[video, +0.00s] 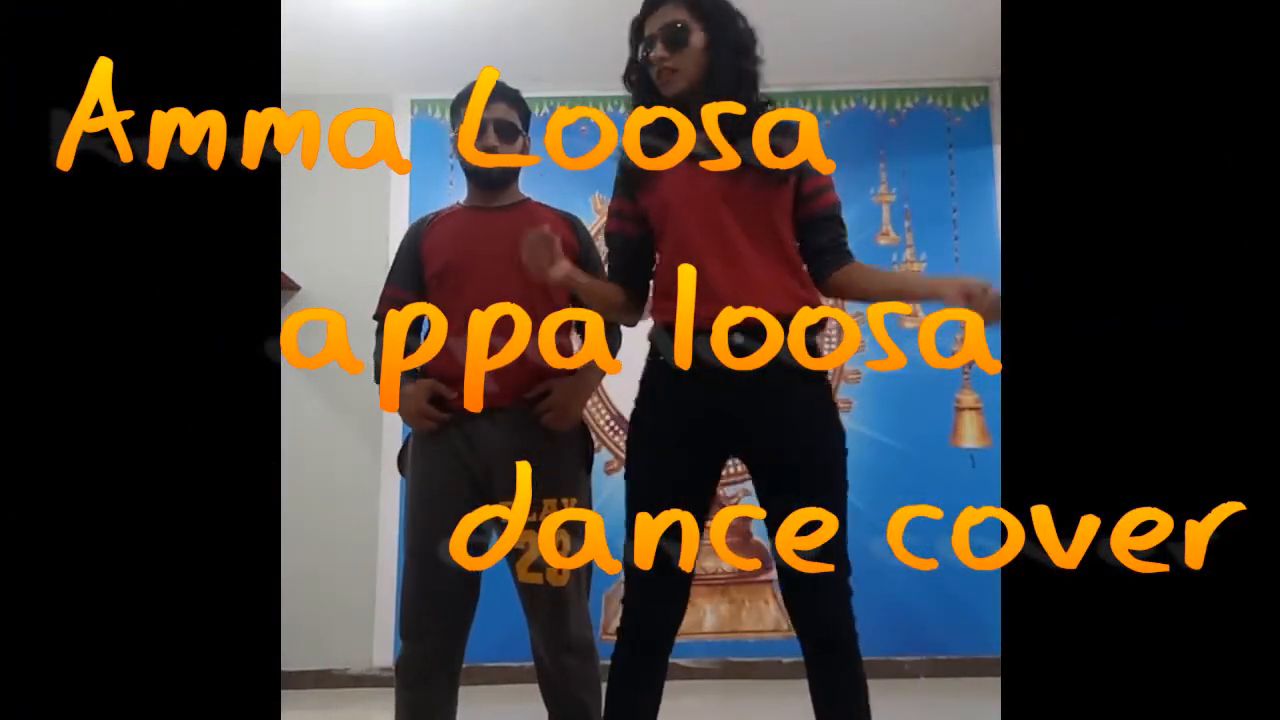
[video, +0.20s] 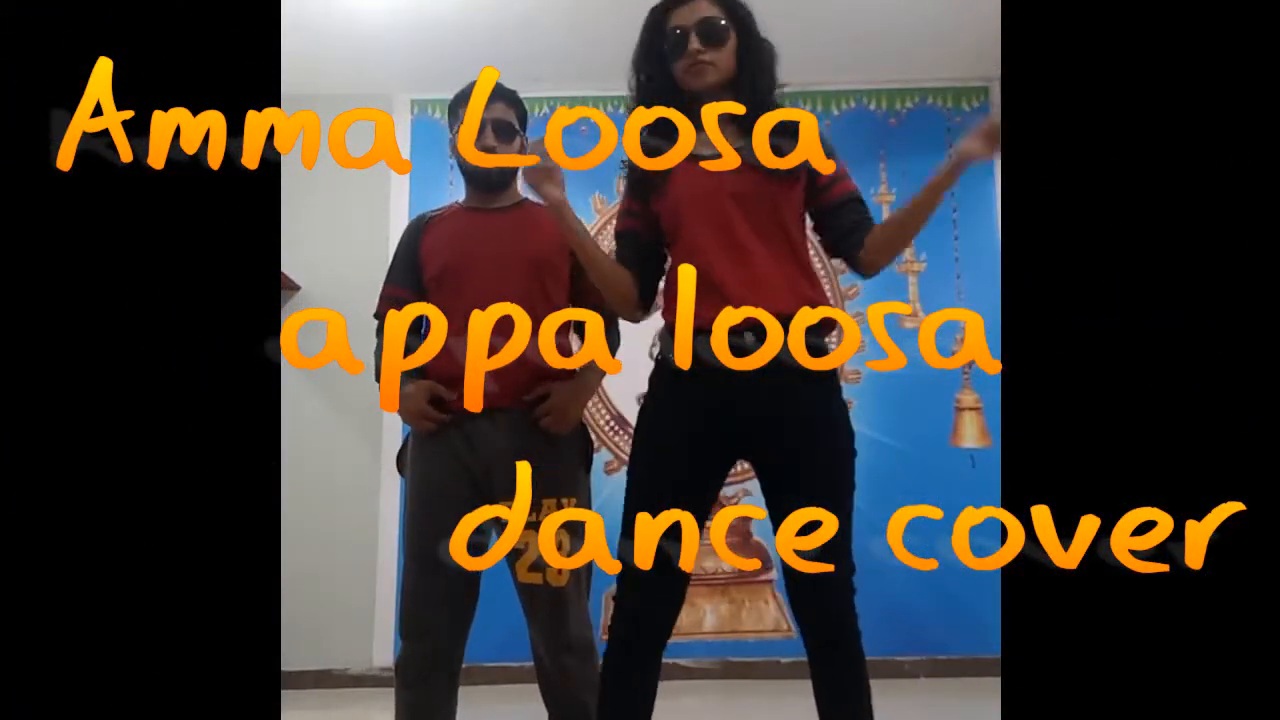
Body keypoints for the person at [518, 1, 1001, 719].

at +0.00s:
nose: (655, 56)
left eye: (673, 36)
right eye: (645, 46)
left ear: (721, 40)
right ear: (640, 65)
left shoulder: (782, 135)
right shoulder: (645, 148)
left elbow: (835, 271)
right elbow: (627, 301)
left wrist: (949, 289)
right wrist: (570, 276)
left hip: (787, 388)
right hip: (679, 389)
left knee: (821, 603)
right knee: (651, 604)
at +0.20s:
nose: (694, 48)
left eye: (711, 30)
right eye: (675, 39)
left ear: (744, 44)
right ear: (659, 62)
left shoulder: (790, 132)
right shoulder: (655, 150)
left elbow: (868, 253)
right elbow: (632, 298)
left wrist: (953, 164)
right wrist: (560, 207)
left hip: (797, 388)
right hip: (689, 390)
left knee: (824, 598)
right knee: (643, 603)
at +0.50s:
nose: (710, 47)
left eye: (727, 32)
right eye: (691, 36)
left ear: (755, 47)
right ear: (670, 55)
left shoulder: (789, 134)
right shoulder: (659, 147)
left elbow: (888, 186)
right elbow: (617, 285)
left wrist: (885, 63)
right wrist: (562, 182)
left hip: (767, 380)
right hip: (664, 378)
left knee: (802, 592)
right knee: (637, 594)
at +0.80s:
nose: (714, 57)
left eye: (730, 38)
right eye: (695, 45)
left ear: (760, 45)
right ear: (674, 57)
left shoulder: (784, 133)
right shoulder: (654, 140)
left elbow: (868, 176)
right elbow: (639, 269)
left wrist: (829, 72)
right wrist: (686, 196)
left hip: (777, 383)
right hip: (674, 383)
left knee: (800, 596)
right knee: (646, 598)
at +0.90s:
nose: (720, 58)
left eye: (735, 40)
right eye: (700, 46)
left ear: (765, 47)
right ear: (679, 59)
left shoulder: (792, 137)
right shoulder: (662, 137)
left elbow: (876, 168)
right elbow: (664, 259)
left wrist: (827, 72)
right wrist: (749, 190)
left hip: (787, 387)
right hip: (683, 387)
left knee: (805, 593)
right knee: (635, 589)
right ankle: (604, 719)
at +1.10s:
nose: (735, 55)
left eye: (751, 35)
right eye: (715, 43)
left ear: (781, 38)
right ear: (693, 57)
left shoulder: (819, 125)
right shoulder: (686, 135)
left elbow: (902, 149)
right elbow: (731, 247)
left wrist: (845, 56)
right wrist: (861, 199)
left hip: (768, 379)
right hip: (672, 371)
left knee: (786, 585)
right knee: (628, 570)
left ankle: (790, 719)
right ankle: (576, 716)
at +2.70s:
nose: (749, 29)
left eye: (764, 17)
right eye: (730, 19)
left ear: (788, 34)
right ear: (707, 41)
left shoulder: (820, 130)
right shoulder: (681, 126)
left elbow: (878, 242)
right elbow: (715, 240)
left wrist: (869, 122)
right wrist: (832, 298)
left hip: (799, 384)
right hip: (696, 383)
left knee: (799, 597)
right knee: (651, 593)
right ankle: (601, 718)